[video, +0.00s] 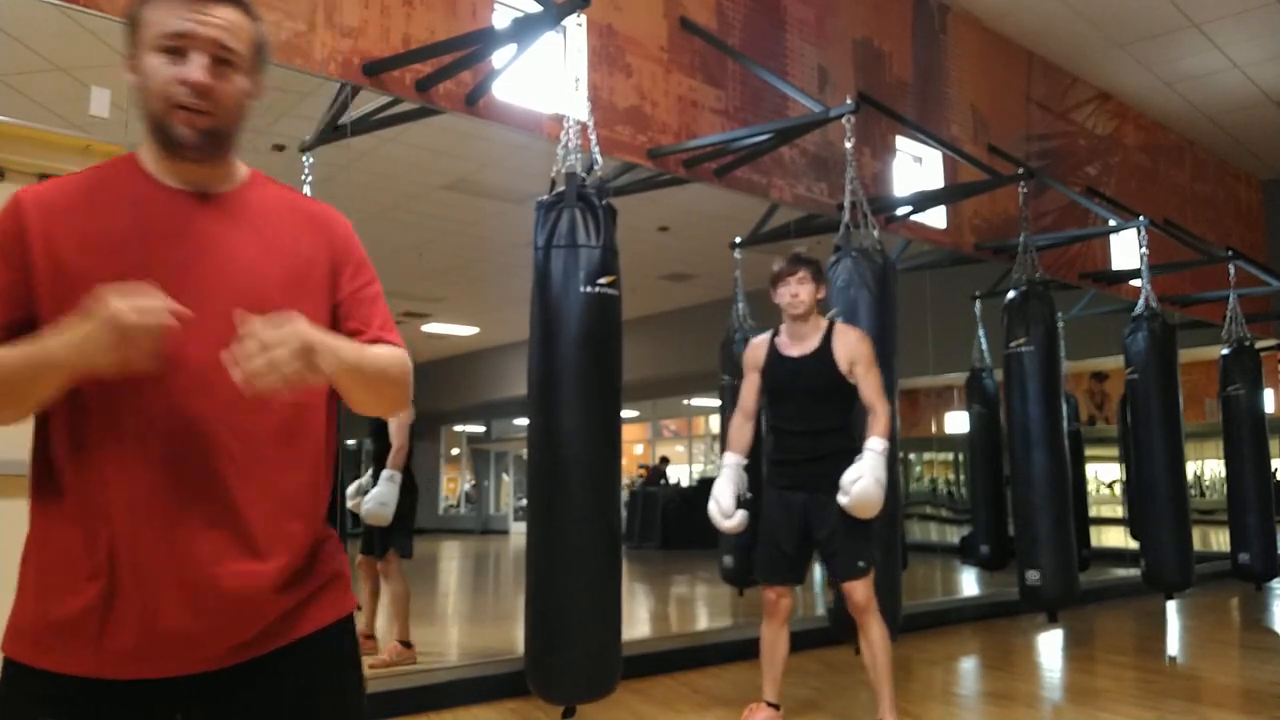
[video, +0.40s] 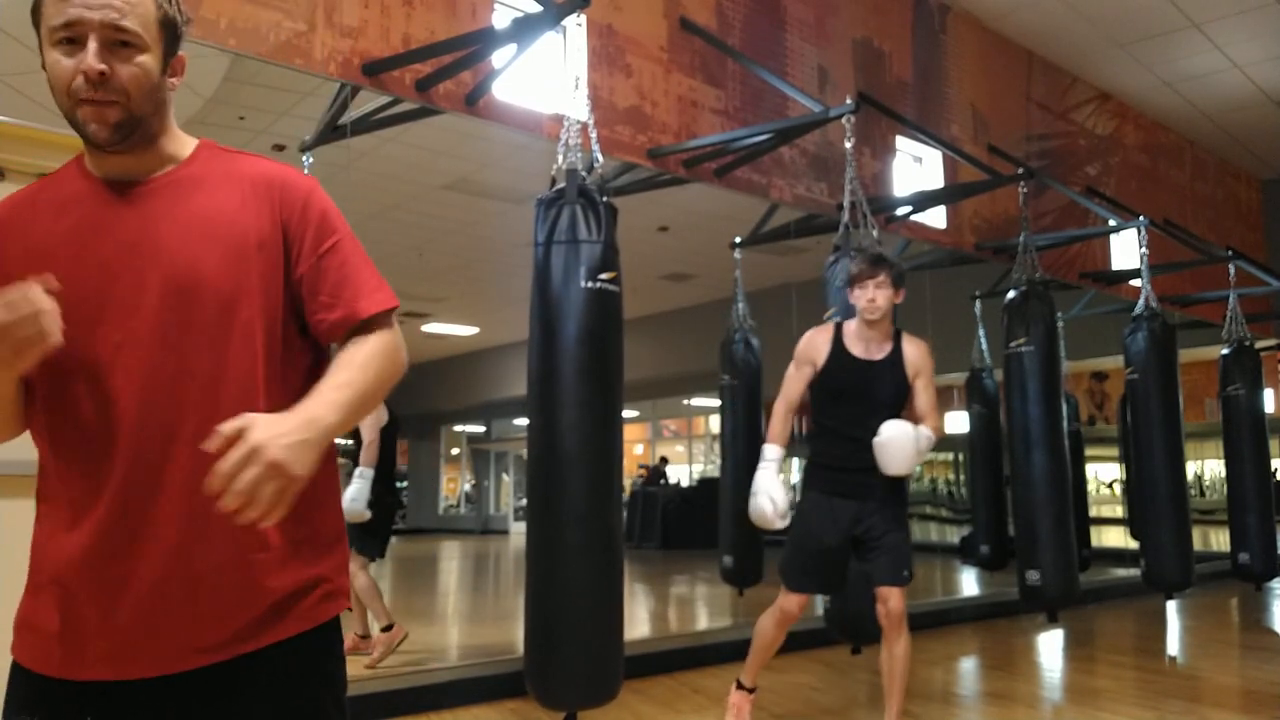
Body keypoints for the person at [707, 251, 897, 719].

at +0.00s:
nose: (792, 290)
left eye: (801, 282)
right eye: (784, 283)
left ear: (820, 291)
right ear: (774, 294)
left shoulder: (849, 341)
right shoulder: (760, 349)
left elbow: (877, 407)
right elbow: (744, 416)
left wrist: (873, 457)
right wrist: (730, 472)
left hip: (841, 491)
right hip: (780, 493)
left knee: (861, 600)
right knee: (774, 601)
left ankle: (887, 711)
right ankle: (769, 705)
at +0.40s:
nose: (868, 295)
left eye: (878, 286)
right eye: (859, 287)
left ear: (897, 294)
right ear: (850, 294)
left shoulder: (914, 352)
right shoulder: (818, 342)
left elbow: (930, 423)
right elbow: (784, 407)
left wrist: (917, 440)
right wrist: (768, 470)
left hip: (883, 498)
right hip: (824, 496)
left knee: (892, 608)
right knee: (790, 606)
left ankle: (893, 716)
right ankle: (744, 687)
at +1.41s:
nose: (812, 298)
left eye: (822, 289)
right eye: (808, 289)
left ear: (849, 294)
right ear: (802, 297)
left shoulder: (885, 343)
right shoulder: (795, 347)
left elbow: (921, 413)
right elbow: (777, 414)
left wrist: (887, 439)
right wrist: (762, 467)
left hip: (872, 497)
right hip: (811, 495)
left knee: (879, 608)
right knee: (774, 599)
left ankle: (895, 713)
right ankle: (780, 705)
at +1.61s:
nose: (760, 304)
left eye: (768, 294)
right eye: (757, 297)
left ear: (797, 294)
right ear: (765, 303)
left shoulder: (831, 339)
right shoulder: (790, 349)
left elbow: (870, 403)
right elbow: (799, 407)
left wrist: (840, 458)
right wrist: (771, 441)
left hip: (843, 484)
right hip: (800, 485)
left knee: (840, 602)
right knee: (764, 598)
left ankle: (920, 710)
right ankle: (783, 706)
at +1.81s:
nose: (741, 309)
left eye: (748, 300)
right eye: (739, 302)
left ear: (776, 302)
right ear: (762, 306)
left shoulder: (802, 342)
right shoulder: (782, 349)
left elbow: (824, 406)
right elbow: (795, 422)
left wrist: (803, 471)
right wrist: (759, 443)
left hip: (812, 486)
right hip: (783, 486)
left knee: (819, 603)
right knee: (754, 596)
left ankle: (911, 706)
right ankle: (781, 707)